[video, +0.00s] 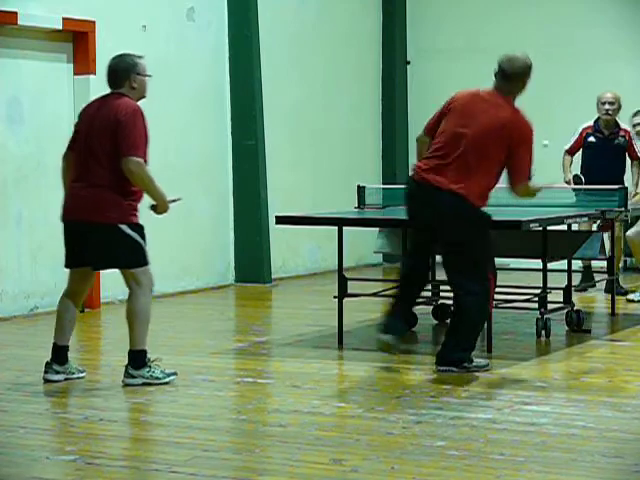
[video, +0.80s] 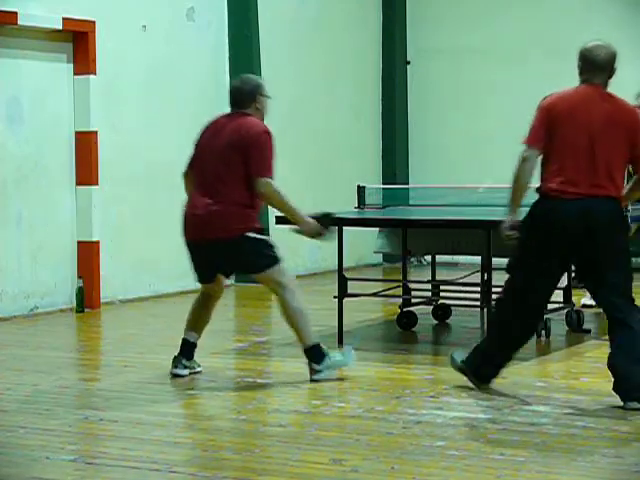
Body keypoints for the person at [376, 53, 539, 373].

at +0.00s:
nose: (521, 85)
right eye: (524, 80)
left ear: (495, 75)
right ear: (524, 83)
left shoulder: (462, 98)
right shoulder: (518, 125)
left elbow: (424, 139)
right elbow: (519, 187)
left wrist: (426, 177)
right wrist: (532, 190)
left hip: (421, 193)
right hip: (460, 206)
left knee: (419, 257)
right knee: (476, 282)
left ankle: (395, 325)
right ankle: (454, 357)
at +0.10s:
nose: (520, 66)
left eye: (516, 59)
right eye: (521, 61)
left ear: (490, 59)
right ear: (519, 63)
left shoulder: (462, 88)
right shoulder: (521, 105)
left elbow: (432, 133)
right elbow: (534, 163)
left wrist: (445, 168)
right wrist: (556, 162)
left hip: (437, 191)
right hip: (479, 199)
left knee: (440, 264)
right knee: (477, 276)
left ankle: (432, 335)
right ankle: (460, 356)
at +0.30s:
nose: (515, 59)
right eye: (516, 54)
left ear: (484, 57)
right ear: (515, 56)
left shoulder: (465, 96)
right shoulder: (527, 93)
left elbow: (454, 147)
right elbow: (546, 148)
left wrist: (490, 151)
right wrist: (565, 147)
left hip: (466, 199)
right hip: (511, 200)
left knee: (474, 281)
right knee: (514, 283)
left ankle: (472, 367)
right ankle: (488, 360)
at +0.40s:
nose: (511, 63)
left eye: (503, 57)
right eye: (521, 57)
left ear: (497, 59)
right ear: (528, 59)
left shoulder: (477, 99)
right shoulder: (542, 98)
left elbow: (463, 156)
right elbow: (561, 158)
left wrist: (497, 163)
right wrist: (553, 150)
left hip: (478, 203)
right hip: (526, 204)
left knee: (475, 285)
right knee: (545, 275)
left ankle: (474, 369)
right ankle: (533, 354)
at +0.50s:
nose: (539, 65)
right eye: (544, 58)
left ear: (516, 60)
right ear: (547, 61)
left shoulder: (492, 99)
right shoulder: (562, 101)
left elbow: (470, 157)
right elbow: (580, 159)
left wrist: (483, 190)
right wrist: (563, 177)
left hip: (492, 204)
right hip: (542, 207)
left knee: (477, 287)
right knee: (568, 281)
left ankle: (473, 370)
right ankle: (573, 352)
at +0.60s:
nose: (557, 69)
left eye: (547, 63)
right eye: (563, 63)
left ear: (538, 65)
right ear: (570, 67)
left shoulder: (513, 102)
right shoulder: (586, 106)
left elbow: (482, 156)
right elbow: (598, 169)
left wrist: (481, 206)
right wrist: (565, 183)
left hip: (514, 210)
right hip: (565, 214)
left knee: (489, 289)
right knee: (582, 293)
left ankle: (474, 368)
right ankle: (611, 365)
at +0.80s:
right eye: (611, 71)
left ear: (579, 69)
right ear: (612, 73)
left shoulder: (553, 104)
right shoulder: (628, 115)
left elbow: (528, 159)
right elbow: (638, 175)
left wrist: (512, 213)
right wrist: (622, 202)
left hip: (553, 218)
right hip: (606, 221)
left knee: (523, 295)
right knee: (620, 306)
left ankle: (480, 366)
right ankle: (632, 389)